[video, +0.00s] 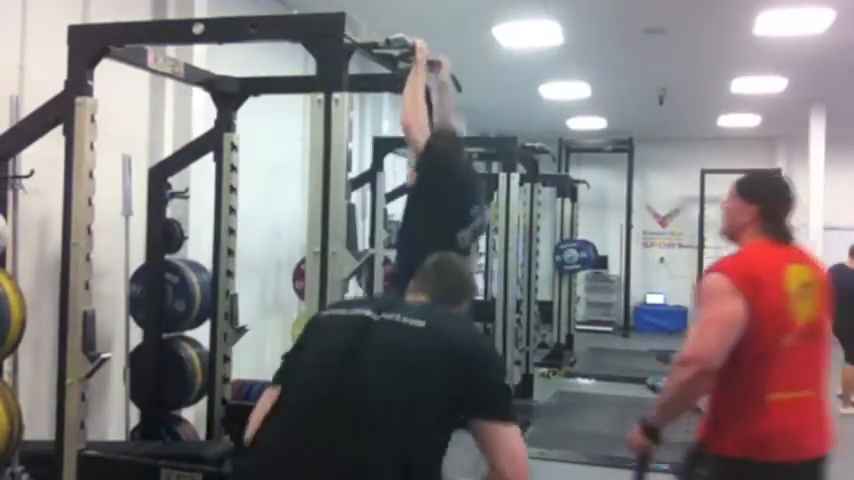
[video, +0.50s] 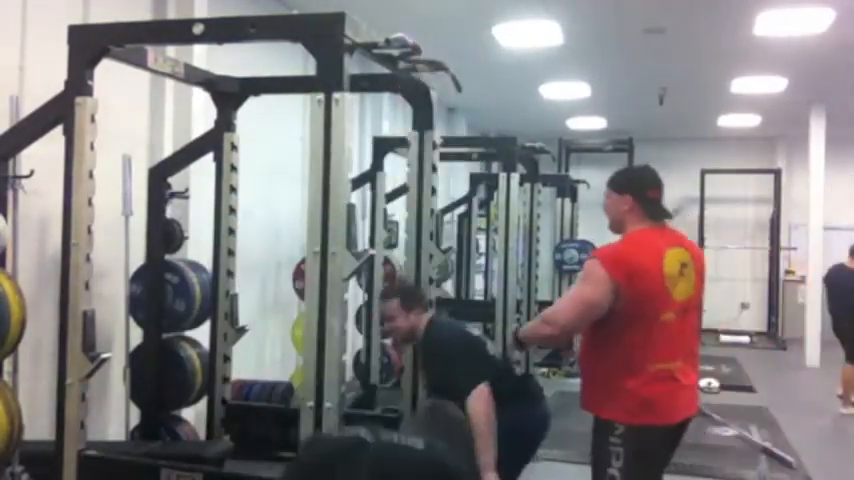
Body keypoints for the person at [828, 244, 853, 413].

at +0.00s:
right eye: (852, 256)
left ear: (848, 255)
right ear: (851, 256)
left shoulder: (837, 272)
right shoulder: (840, 272)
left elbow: (831, 300)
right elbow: (832, 300)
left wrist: (832, 320)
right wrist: (833, 321)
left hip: (841, 324)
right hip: (846, 324)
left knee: (848, 359)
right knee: (849, 360)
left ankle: (845, 393)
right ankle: (846, 399)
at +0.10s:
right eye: (852, 257)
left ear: (849, 255)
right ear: (851, 256)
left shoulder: (834, 272)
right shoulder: (843, 274)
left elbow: (831, 304)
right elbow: (833, 304)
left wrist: (836, 318)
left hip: (838, 323)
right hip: (848, 324)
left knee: (849, 358)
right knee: (849, 360)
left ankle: (845, 391)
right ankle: (847, 401)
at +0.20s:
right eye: (852, 257)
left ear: (849, 255)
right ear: (851, 256)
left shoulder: (834, 272)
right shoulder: (843, 274)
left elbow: (831, 303)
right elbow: (833, 303)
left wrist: (836, 317)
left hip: (838, 322)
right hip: (848, 324)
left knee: (849, 357)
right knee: (849, 360)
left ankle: (845, 390)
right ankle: (847, 401)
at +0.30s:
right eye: (852, 257)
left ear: (849, 255)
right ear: (851, 256)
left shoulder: (834, 272)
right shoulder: (844, 274)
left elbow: (831, 305)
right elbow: (833, 305)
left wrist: (836, 318)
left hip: (838, 323)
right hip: (848, 325)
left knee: (849, 357)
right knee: (849, 360)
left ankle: (845, 389)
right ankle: (847, 401)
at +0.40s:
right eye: (852, 257)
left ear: (849, 255)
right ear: (851, 256)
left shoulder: (834, 272)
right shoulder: (844, 274)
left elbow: (831, 305)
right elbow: (834, 306)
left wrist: (837, 318)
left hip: (838, 323)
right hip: (848, 325)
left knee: (849, 358)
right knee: (849, 360)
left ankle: (845, 390)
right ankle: (847, 401)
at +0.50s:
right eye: (852, 257)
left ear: (849, 255)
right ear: (851, 256)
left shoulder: (834, 272)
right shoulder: (844, 274)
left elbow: (832, 305)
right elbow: (834, 306)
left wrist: (837, 319)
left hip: (839, 324)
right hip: (848, 326)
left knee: (849, 358)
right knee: (849, 360)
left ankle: (845, 390)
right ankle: (847, 401)